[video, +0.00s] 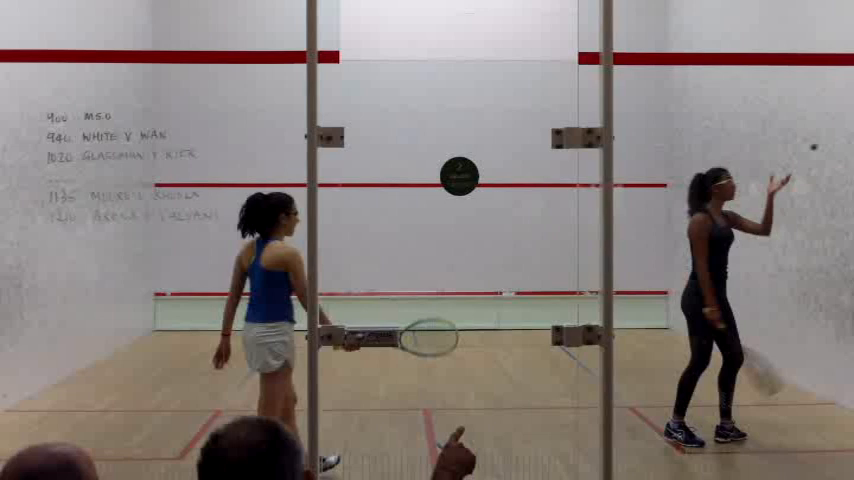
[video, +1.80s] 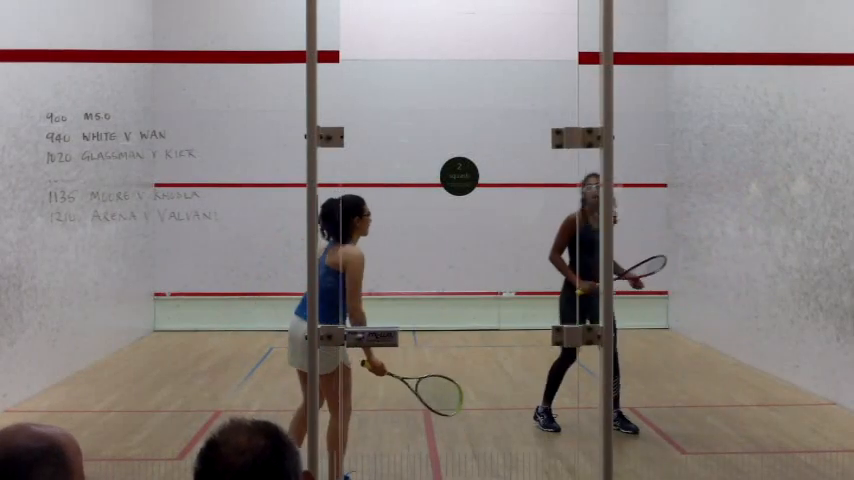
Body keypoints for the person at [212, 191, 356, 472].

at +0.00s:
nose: (298, 219)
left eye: (296, 214)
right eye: (294, 214)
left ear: (271, 219)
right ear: (282, 218)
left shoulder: (248, 251)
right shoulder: (289, 255)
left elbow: (233, 297)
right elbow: (307, 300)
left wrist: (225, 337)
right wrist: (329, 327)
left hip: (252, 334)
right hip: (277, 336)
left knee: (289, 401)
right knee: (271, 411)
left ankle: (300, 461)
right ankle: (268, 469)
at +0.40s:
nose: (328, 218)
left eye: (327, 212)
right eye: (323, 213)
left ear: (301, 217)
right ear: (308, 216)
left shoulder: (281, 247)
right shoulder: (317, 246)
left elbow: (266, 294)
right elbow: (331, 294)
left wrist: (256, 334)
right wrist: (354, 329)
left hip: (283, 326)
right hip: (303, 329)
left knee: (302, 403)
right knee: (306, 405)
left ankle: (312, 463)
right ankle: (267, 453)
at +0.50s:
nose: (328, 218)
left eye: (330, 213)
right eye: (323, 212)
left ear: (330, 216)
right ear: (308, 215)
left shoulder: (296, 244)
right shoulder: (314, 246)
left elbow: (279, 292)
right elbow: (328, 292)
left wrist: (281, 329)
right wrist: (351, 325)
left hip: (290, 327)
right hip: (307, 329)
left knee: (304, 401)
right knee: (323, 402)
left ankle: (310, 462)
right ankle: (279, 455)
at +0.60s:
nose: (329, 220)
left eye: (333, 215)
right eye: (323, 213)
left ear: (337, 220)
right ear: (311, 215)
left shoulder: (308, 244)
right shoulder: (308, 245)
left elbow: (317, 293)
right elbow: (318, 293)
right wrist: (340, 325)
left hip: (302, 327)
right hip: (308, 329)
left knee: (308, 401)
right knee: (332, 399)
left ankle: (311, 463)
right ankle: (287, 452)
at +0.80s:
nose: (336, 219)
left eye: (341, 215)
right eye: (330, 213)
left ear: (346, 219)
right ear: (319, 215)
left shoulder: (331, 249)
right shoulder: (306, 246)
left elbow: (336, 295)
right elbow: (296, 291)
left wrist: (343, 334)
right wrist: (308, 331)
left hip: (325, 327)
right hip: (312, 328)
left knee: (316, 396)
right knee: (342, 394)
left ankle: (312, 458)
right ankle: (313, 457)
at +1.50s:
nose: (377, 220)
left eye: (376, 215)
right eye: (373, 215)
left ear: (354, 220)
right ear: (358, 220)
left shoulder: (342, 251)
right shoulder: (343, 252)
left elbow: (346, 306)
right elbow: (336, 307)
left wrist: (351, 348)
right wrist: (349, 351)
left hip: (328, 341)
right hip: (328, 342)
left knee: (331, 409)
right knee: (334, 410)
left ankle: (327, 468)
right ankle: (334, 472)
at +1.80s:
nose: (370, 219)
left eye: (368, 215)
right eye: (366, 215)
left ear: (345, 221)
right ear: (355, 222)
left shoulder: (327, 251)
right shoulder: (353, 255)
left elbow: (322, 300)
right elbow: (355, 310)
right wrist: (370, 356)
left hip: (300, 329)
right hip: (324, 338)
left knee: (310, 403)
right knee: (341, 409)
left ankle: (286, 461)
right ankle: (336, 474)